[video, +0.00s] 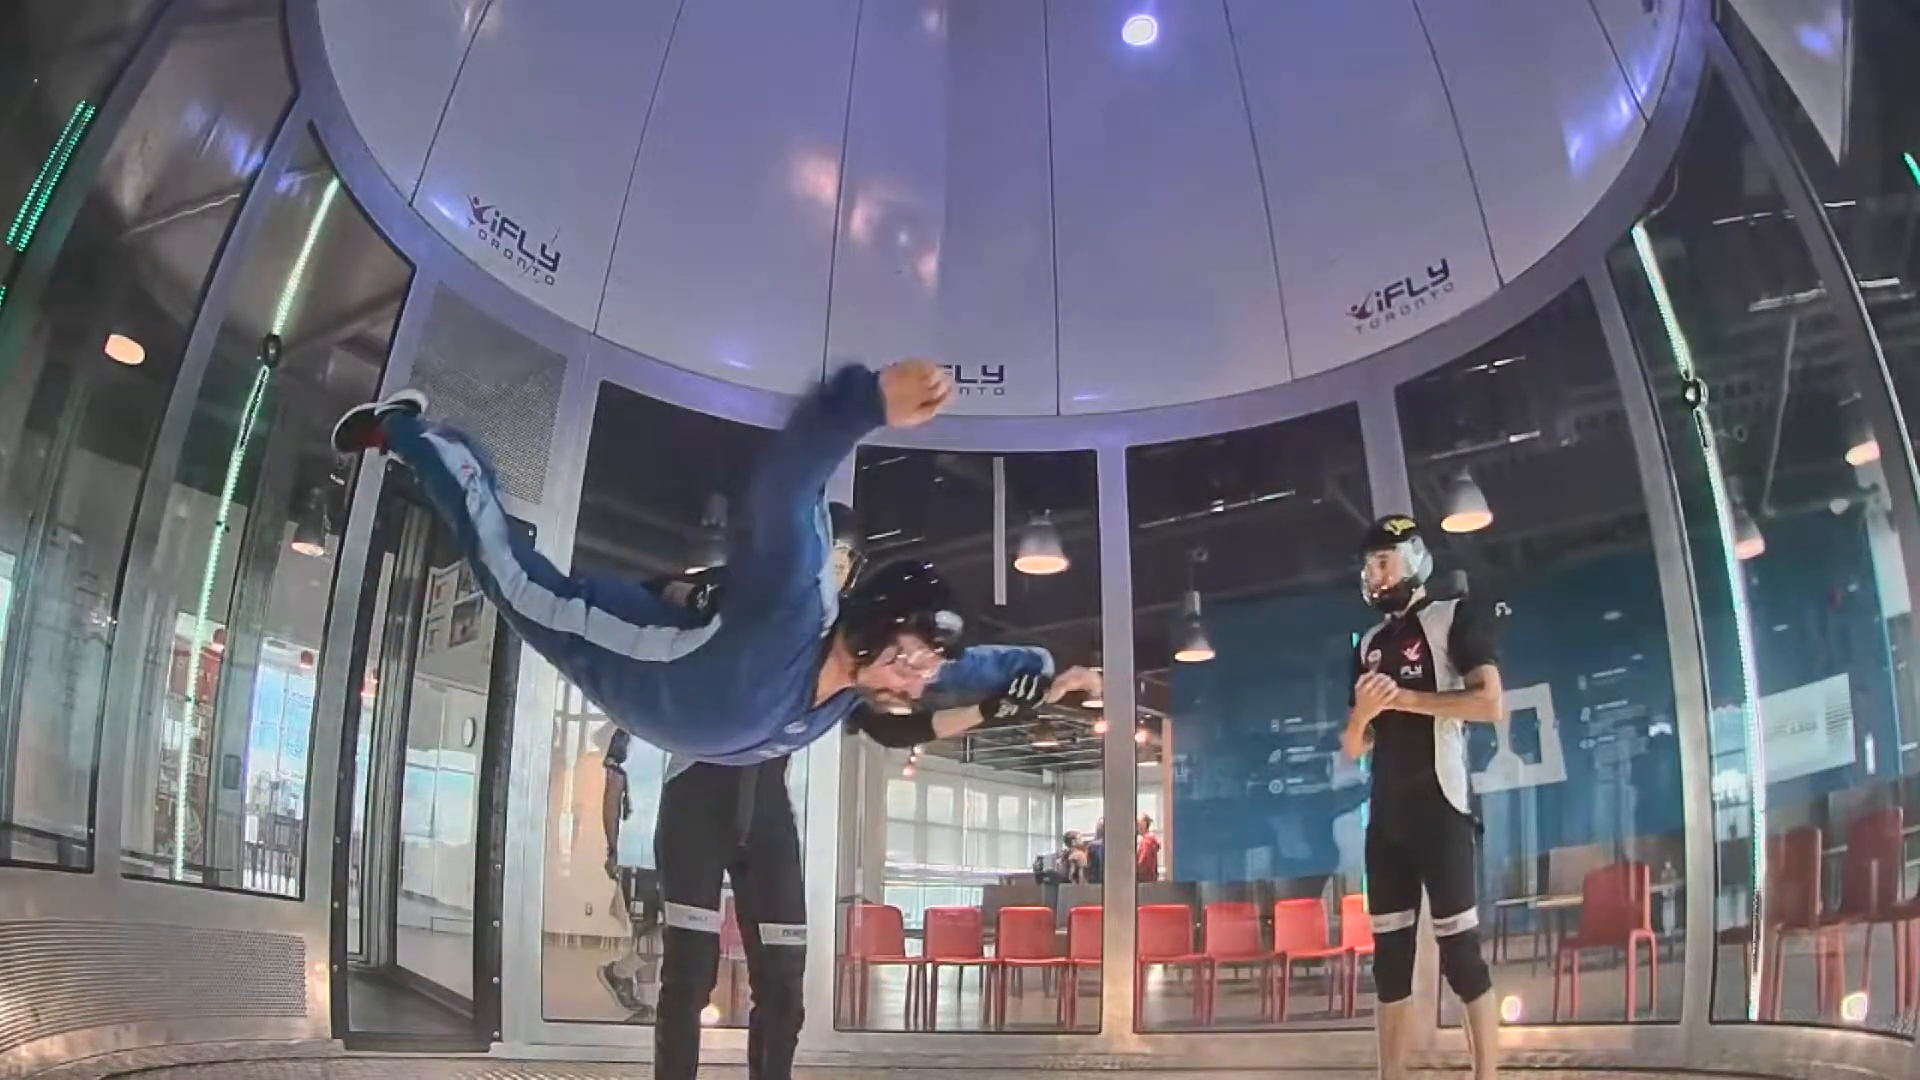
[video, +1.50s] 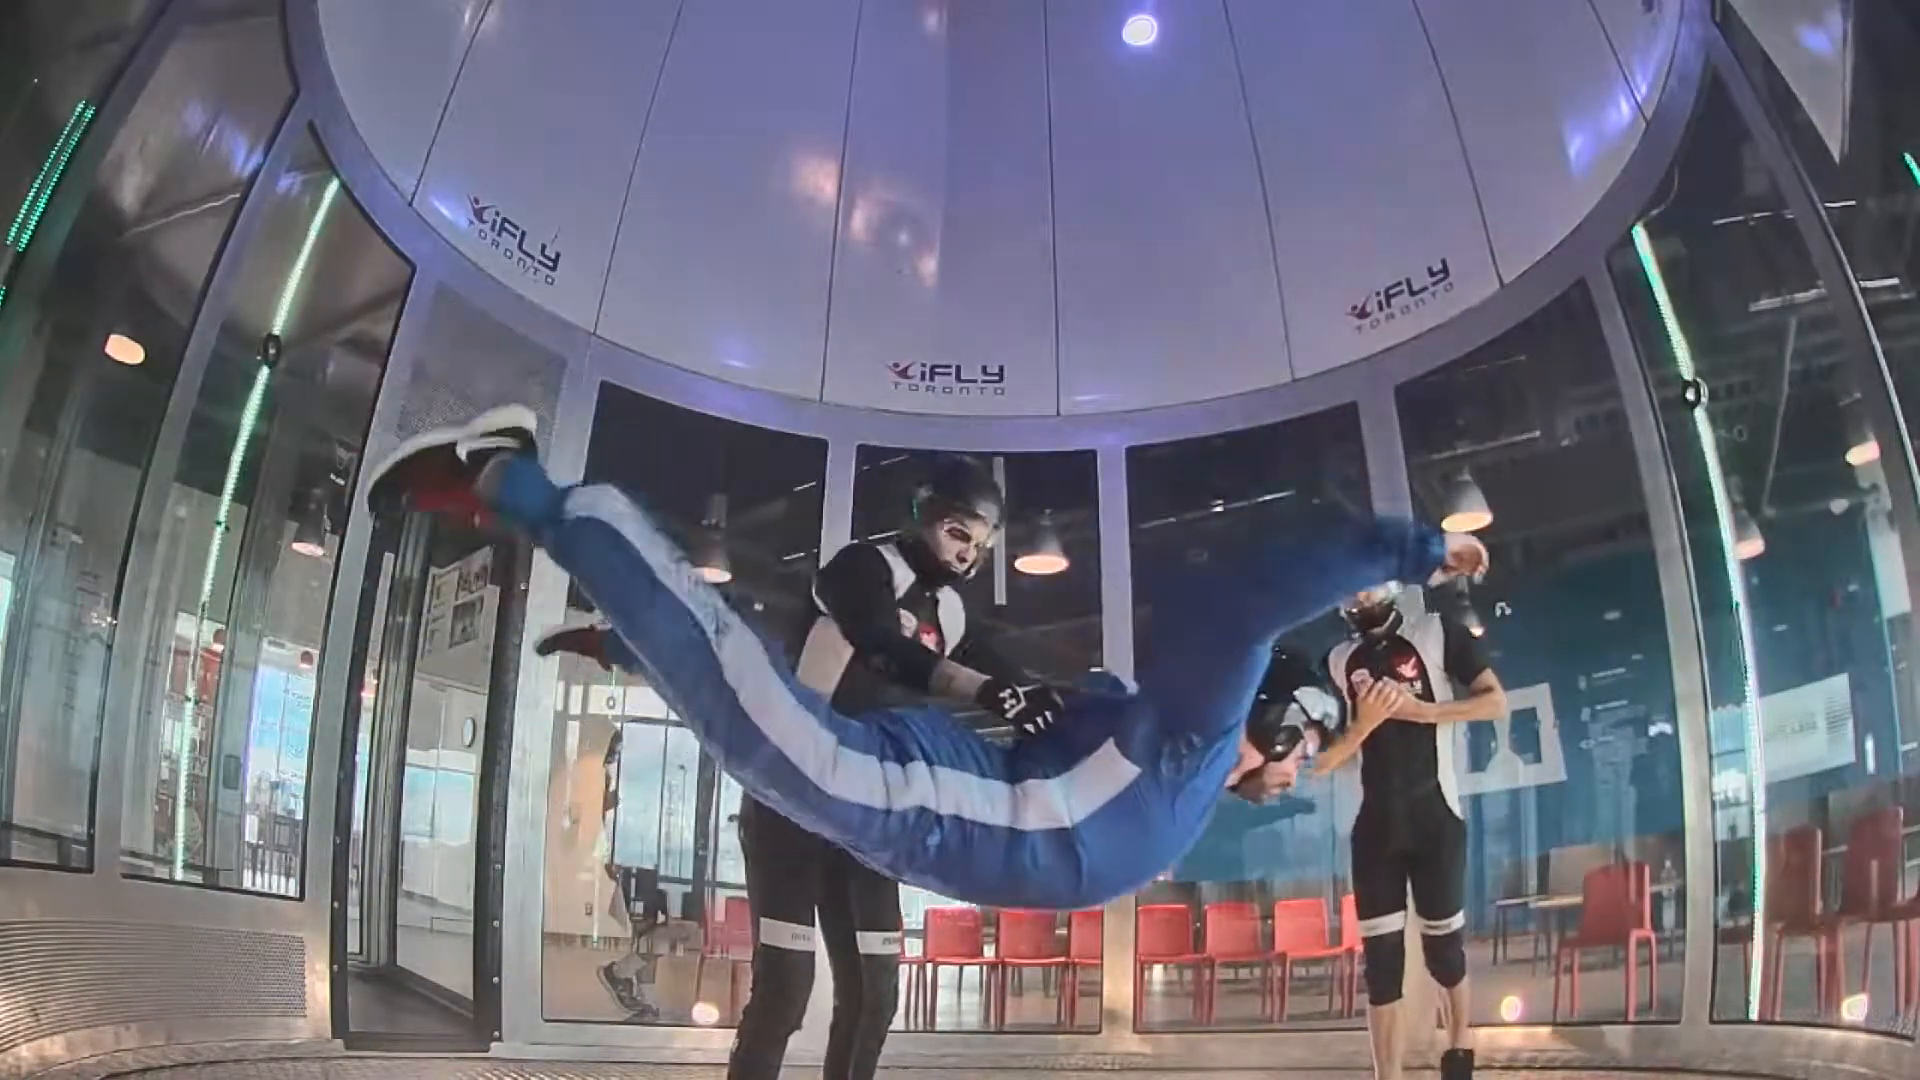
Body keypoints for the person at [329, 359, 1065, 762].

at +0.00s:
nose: (914, 674)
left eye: (926, 667)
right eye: (910, 651)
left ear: (918, 677)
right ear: (876, 624)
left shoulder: (848, 692)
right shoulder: (793, 614)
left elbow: (955, 678)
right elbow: (780, 493)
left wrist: (1040, 669)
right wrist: (864, 403)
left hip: (659, 670)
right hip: (610, 637)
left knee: (560, 601)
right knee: (503, 559)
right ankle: (412, 430)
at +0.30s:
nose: (1069, 659)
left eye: (1084, 649)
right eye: (1073, 636)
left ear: (1060, 630)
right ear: (1041, 596)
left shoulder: (976, 657)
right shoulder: (943, 574)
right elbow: (951, 441)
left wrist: (1134, 584)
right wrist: (1065, 337)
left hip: (732, 728)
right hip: (703, 670)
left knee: (624, 713)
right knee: (527, 651)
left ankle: (553, 714)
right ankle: (339, 587)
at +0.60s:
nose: (1129, 670)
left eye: (1141, 662)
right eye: (1135, 649)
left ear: (1113, 645)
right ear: (1106, 613)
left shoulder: (1021, 680)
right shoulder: (1023, 594)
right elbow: (1054, 463)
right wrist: (1201, 395)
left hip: (794, 712)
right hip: (779, 693)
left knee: (620, 677)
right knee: (597, 694)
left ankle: (419, 602)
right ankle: (340, 601)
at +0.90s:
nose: (1165, 726)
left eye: (1176, 717)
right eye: (1173, 704)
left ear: (1150, 704)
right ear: (1146, 677)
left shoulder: (1046, 740)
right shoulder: (1059, 675)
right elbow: (1138, 532)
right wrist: (1294, 472)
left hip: (761, 728)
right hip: (771, 702)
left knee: (600, 618)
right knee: (616, 590)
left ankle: (440, 418)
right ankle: (434, 394)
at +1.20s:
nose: (1204, 739)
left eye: (1216, 730)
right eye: (1209, 719)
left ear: (1183, 724)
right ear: (1184, 700)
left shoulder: (1081, 777)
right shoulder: (1106, 702)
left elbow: (957, 695)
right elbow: (1178, 571)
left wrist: (914, 663)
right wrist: (1354, 536)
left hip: (805, 773)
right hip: (825, 715)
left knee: (645, 647)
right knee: (669, 604)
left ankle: (551, 572)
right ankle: (503, 362)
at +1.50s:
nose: (1290, 748)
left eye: (1309, 746)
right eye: (1295, 731)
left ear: (1293, 768)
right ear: (1265, 725)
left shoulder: (1182, 779)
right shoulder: (1184, 745)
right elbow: (1222, 595)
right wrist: (1417, 548)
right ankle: (541, 496)